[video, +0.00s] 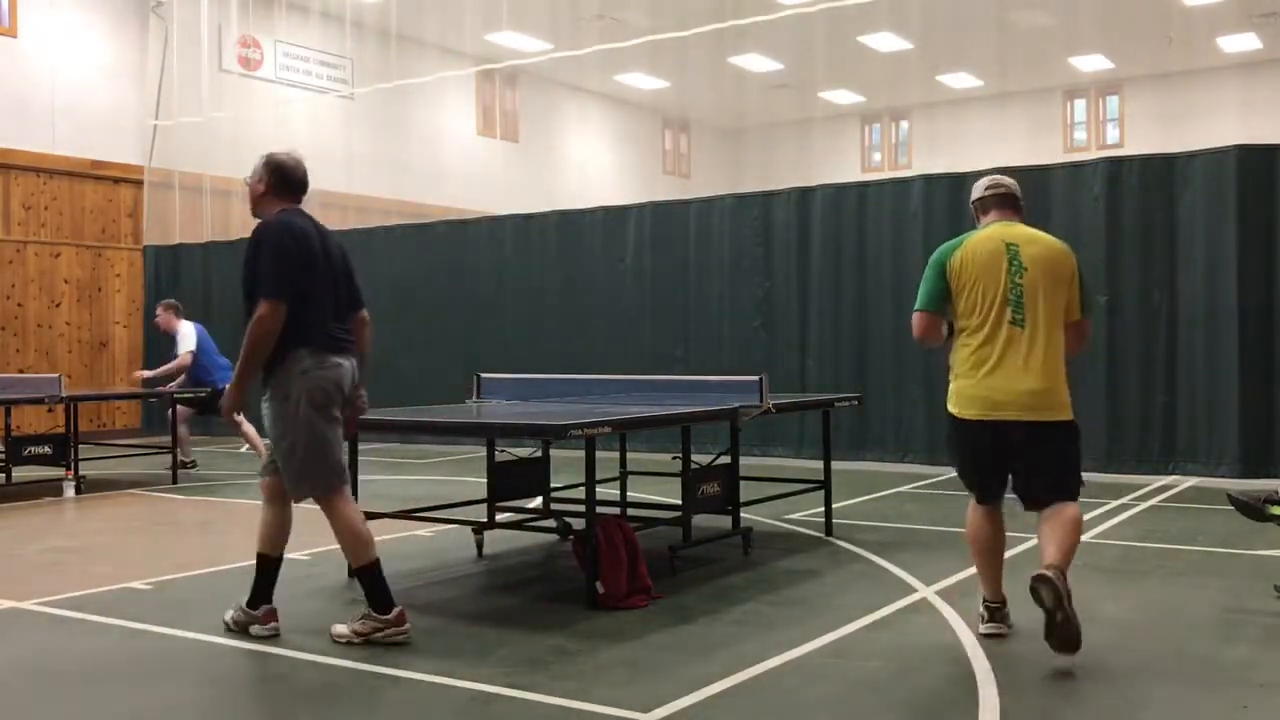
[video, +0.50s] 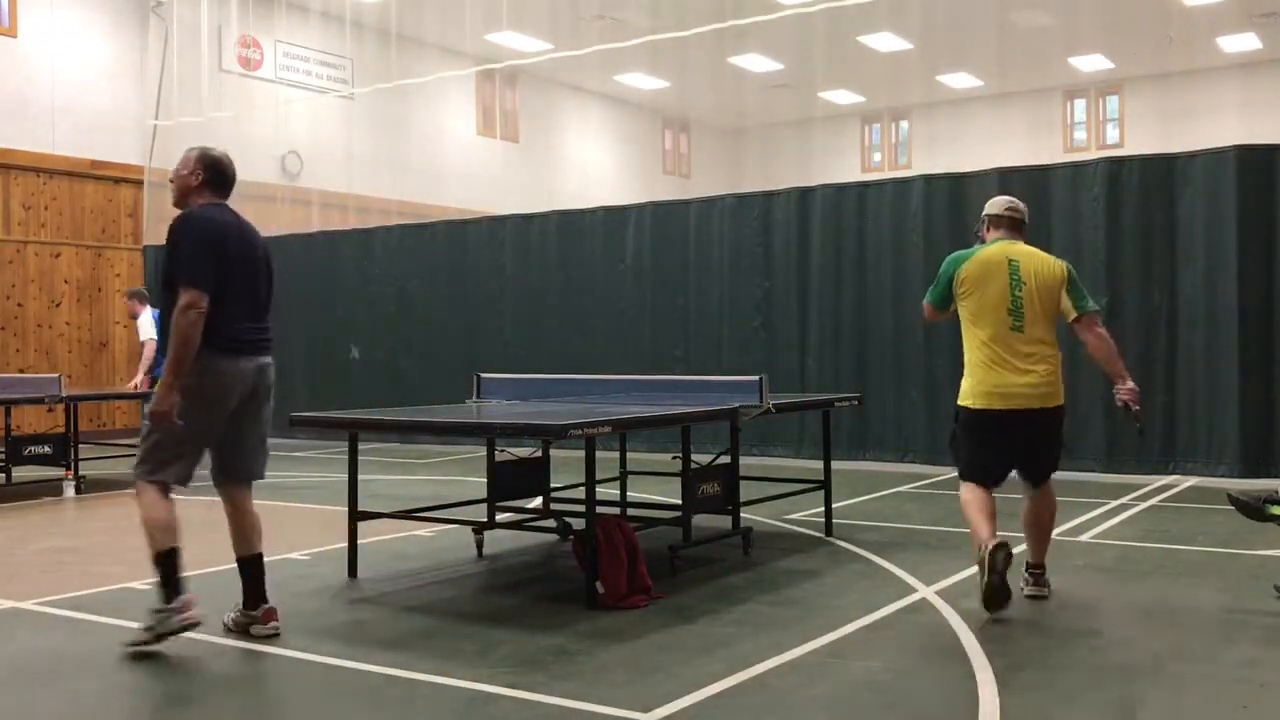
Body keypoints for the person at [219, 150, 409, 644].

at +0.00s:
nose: (248, 192)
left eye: (251, 184)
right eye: (250, 183)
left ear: (264, 187)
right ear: (296, 190)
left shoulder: (271, 232)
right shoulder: (326, 237)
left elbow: (270, 313)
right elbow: (360, 318)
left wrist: (237, 386)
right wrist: (357, 382)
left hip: (302, 369)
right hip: (337, 366)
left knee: (332, 493)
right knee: (275, 486)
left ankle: (384, 610)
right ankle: (258, 607)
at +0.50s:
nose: (172, 179)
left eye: (178, 171)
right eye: (175, 171)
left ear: (198, 176)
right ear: (217, 183)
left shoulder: (193, 223)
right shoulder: (247, 231)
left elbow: (192, 305)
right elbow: (253, 309)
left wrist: (169, 384)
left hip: (209, 368)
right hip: (256, 367)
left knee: (153, 480)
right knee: (236, 487)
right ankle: (257, 607)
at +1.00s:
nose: (127, 189)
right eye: (125, 182)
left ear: (73, 189)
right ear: (120, 186)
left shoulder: (43, 233)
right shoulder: (150, 235)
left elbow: (13, 315)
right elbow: (178, 324)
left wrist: (5, 371)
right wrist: (191, 390)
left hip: (66, 375)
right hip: (139, 373)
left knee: (69, 504)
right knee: (166, 495)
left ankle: (57, 629)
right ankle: (201, 613)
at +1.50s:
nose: (110, 179)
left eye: (108, 170)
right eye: (105, 170)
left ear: (54, 176)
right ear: (84, 172)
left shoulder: (16, 224)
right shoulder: (88, 218)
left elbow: (15, 306)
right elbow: (98, 306)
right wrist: (130, 386)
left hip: (9, 366)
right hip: (57, 368)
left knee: (43, 503)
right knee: (70, 503)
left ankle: (54, 627)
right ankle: (22, 644)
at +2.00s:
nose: (108, 173)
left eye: (107, 163)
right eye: (99, 162)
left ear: (59, 165)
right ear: (62, 165)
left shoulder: (31, 214)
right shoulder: (41, 219)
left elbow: (36, 322)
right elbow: (37, 322)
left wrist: (69, 409)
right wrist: (63, 414)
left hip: (25, 380)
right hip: (20, 383)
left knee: (37, 509)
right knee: (13, 516)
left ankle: (58, 628)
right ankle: (5, 658)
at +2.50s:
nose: (106, 170)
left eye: (106, 160)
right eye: (95, 159)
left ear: (63, 162)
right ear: (56, 160)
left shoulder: (53, 219)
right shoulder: (32, 218)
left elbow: (53, 322)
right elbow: (20, 322)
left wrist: (78, 404)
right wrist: (38, 410)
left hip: (54, 392)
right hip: (29, 393)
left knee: (54, 508)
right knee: (16, 519)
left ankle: (61, 629)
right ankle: (7, 659)